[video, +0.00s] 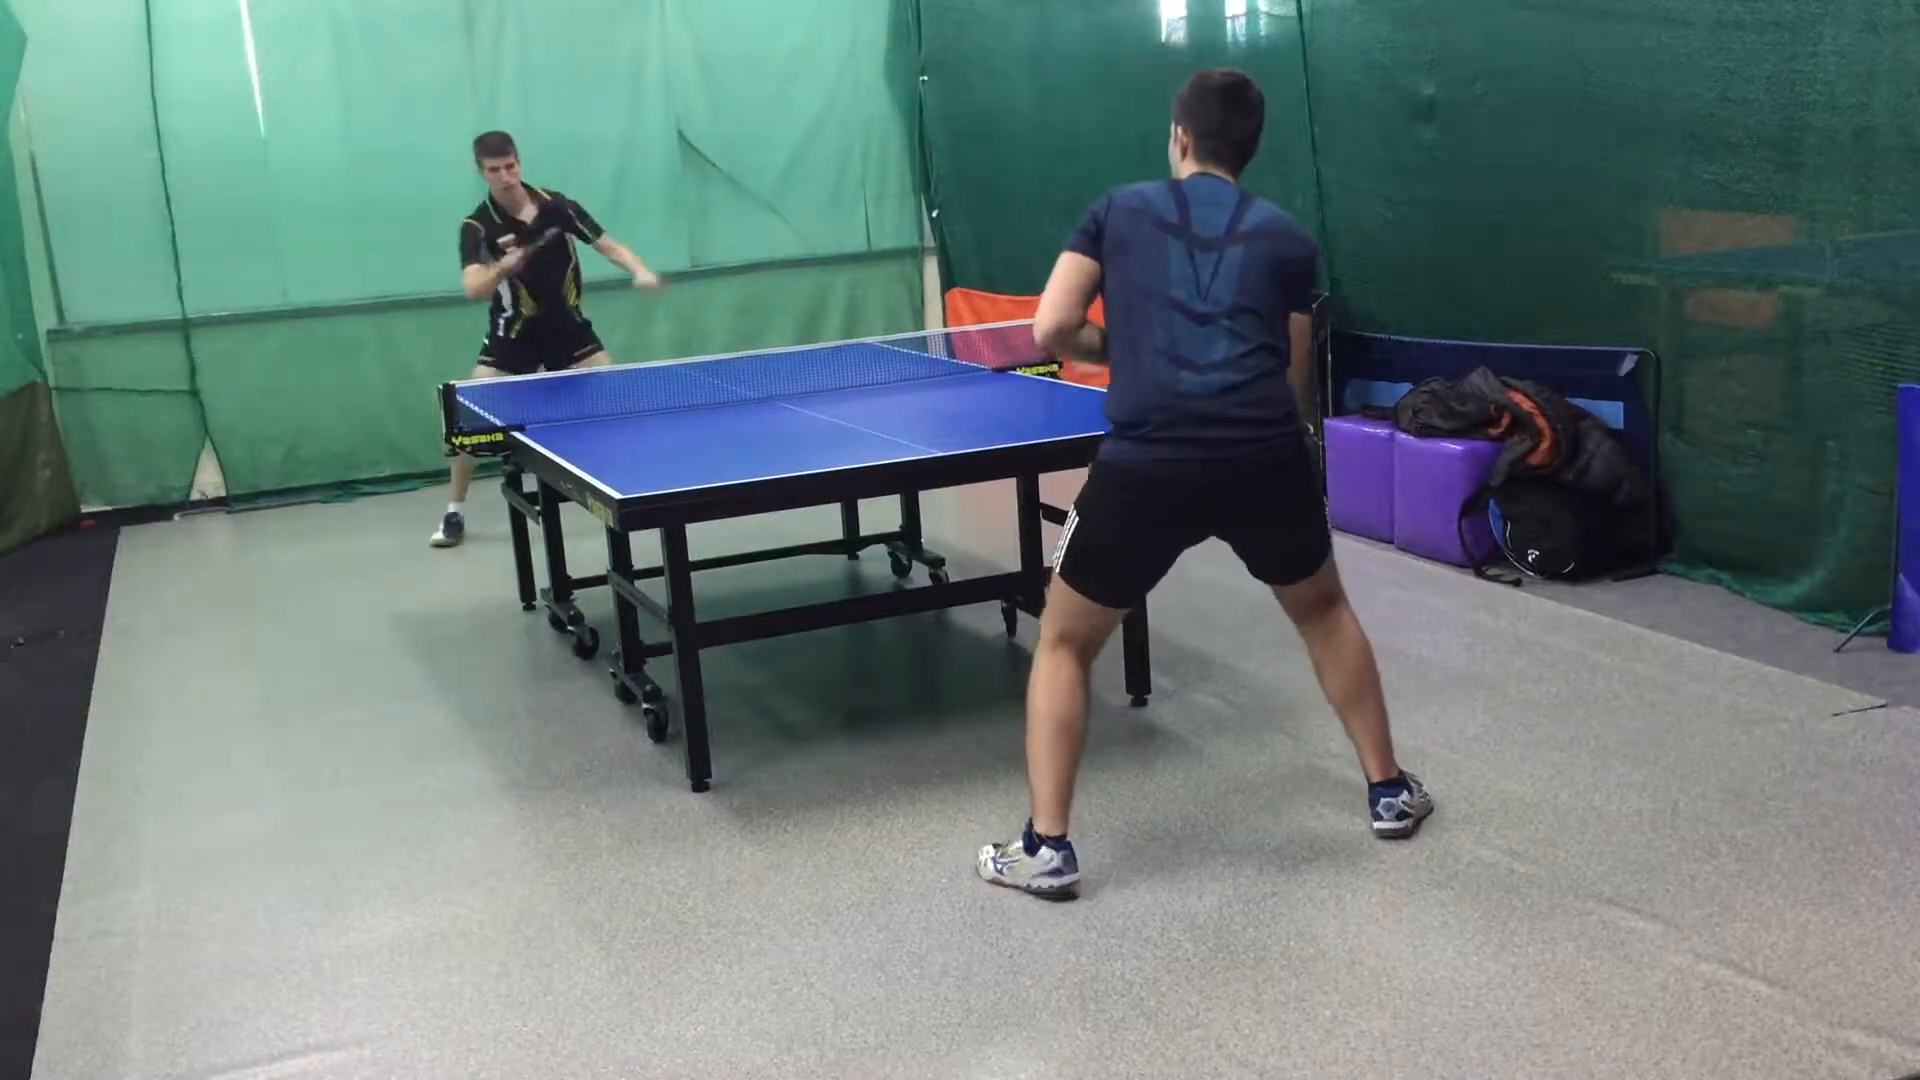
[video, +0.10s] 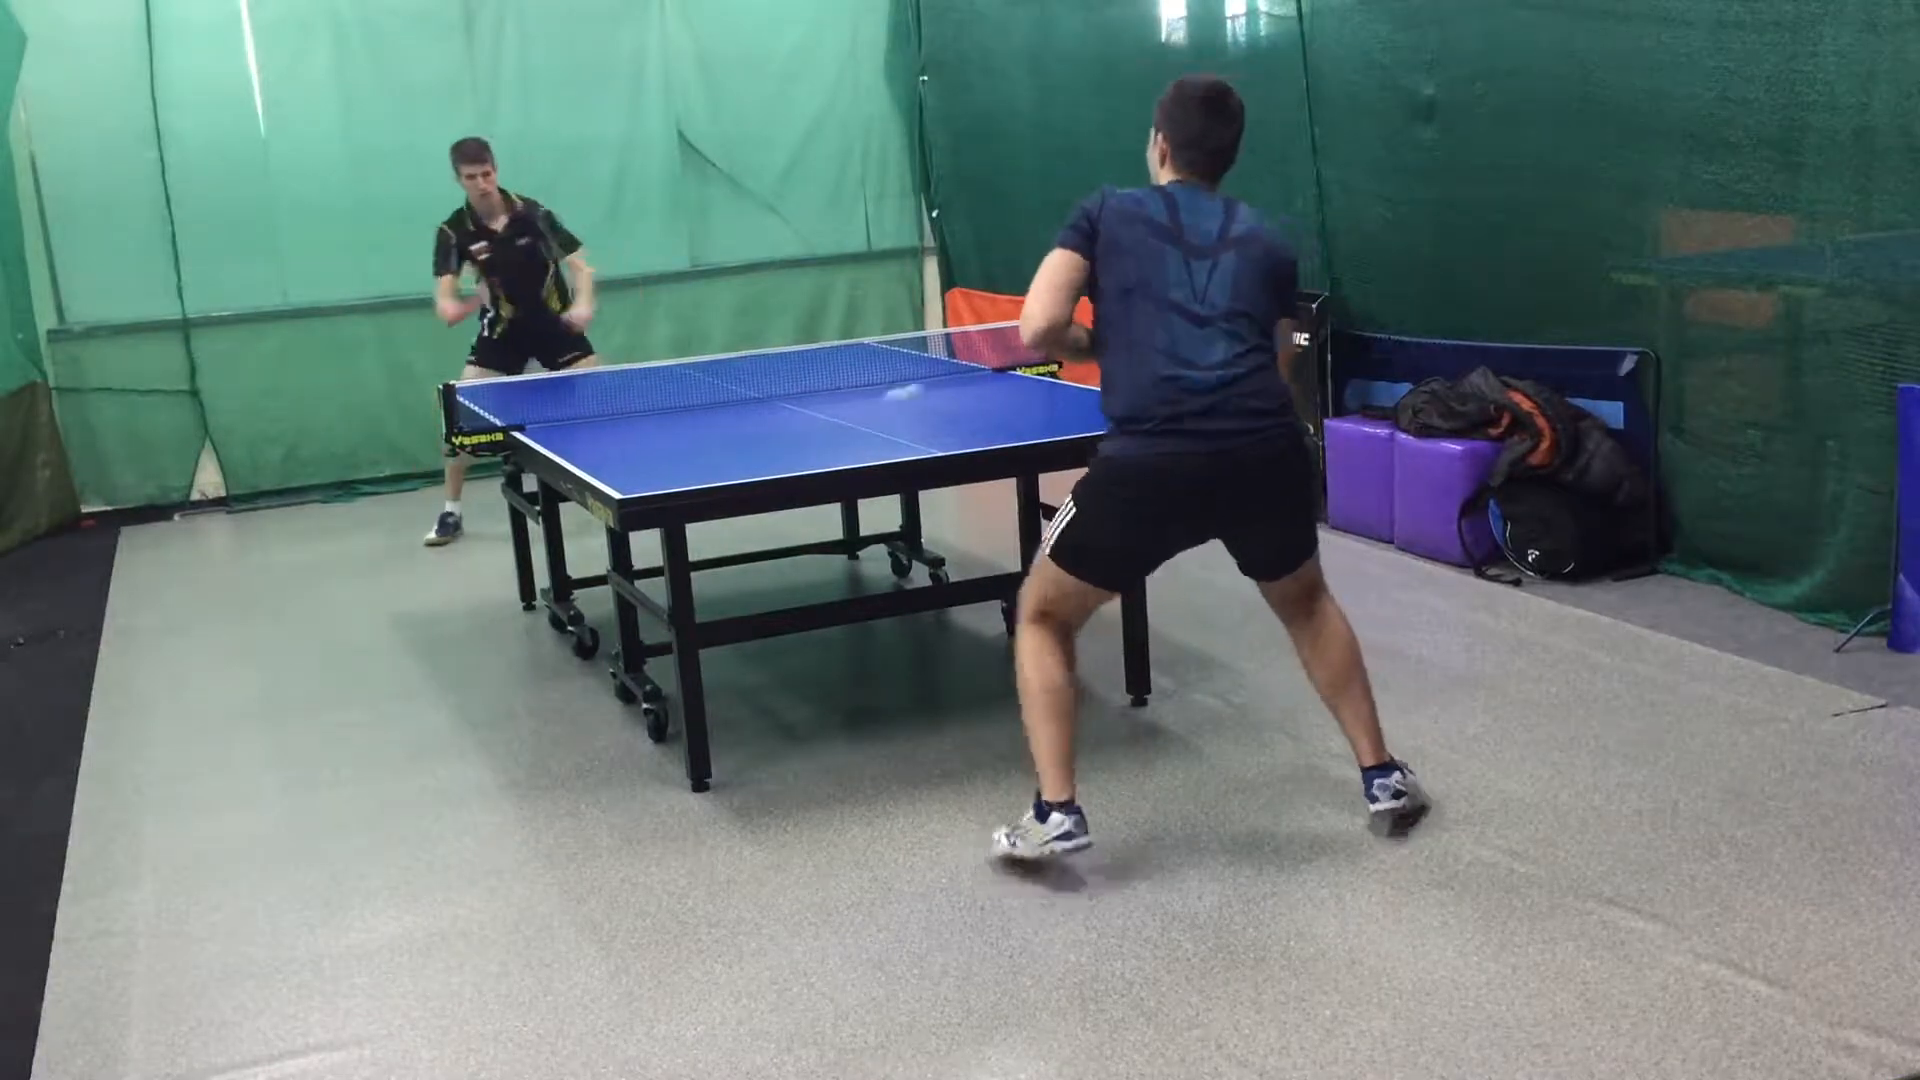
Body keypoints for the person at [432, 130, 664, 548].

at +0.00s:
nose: (504, 176)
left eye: (509, 166)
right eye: (495, 170)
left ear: (519, 163)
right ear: (482, 173)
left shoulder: (556, 206)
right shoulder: (478, 225)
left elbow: (607, 246)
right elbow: (473, 286)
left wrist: (640, 268)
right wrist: (503, 266)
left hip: (568, 328)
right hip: (510, 338)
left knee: (617, 398)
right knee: (473, 416)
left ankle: (635, 491)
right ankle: (454, 512)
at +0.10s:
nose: (481, 183)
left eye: (486, 174)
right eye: (471, 177)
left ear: (496, 171)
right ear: (459, 181)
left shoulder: (531, 212)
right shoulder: (454, 231)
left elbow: (579, 267)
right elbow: (446, 307)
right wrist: (474, 300)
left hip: (550, 322)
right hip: (500, 330)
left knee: (603, 396)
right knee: (464, 410)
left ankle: (624, 490)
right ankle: (451, 510)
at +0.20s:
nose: (462, 196)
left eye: (466, 186)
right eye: (452, 190)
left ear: (476, 181)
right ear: (439, 193)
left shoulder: (510, 224)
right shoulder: (441, 240)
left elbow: (543, 293)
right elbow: (438, 303)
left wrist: (512, 335)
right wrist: (414, 332)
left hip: (541, 318)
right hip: (494, 325)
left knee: (586, 395)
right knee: (457, 403)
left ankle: (613, 489)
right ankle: (450, 511)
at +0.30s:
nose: (455, 188)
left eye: (459, 179)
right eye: (445, 183)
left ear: (468, 174)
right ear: (432, 186)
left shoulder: (503, 220)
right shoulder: (438, 233)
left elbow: (527, 293)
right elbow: (442, 298)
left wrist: (480, 334)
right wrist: (402, 334)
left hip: (542, 320)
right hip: (494, 328)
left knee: (586, 401)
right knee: (457, 408)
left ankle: (618, 491)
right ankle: (449, 511)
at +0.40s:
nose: (459, 174)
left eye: (464, 165)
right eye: (449, 168)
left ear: (474, 162)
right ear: (437, 172)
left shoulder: (506, 210)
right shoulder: (442, 220)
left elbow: (534, 280)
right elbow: (456, 284)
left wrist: (488, 322)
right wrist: (415, 325)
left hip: (542, 312)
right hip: (495, 320)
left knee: (587, 399)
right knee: (458, 404)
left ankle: (615, 492)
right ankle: (451, 510)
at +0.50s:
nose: (475, 166)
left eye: (481, 157)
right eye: (465, 159)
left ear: (490, 155)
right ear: (452, 162)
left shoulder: (518, 204)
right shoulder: (452, 215)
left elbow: (551, 271)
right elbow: (468, 281)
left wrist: (513, 314)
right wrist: (438, 321)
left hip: (548, 314)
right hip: (500, 321)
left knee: (590, 400)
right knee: (461, 403)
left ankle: (623, 491)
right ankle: (452, 509)